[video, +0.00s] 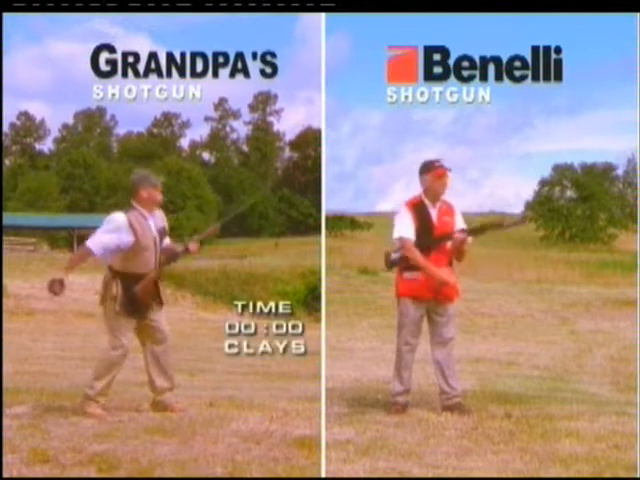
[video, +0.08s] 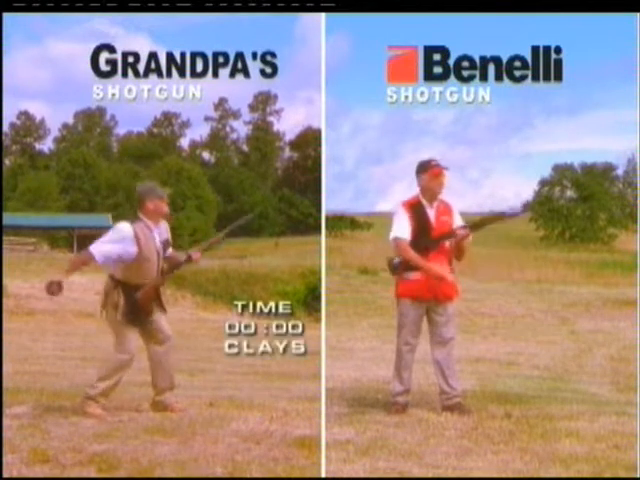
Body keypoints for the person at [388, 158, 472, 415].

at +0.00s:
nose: (443, 184)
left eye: (445, 178)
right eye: (438, 178)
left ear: (446, 181)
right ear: (424, 181)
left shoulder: (451, 210)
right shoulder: (408, 210)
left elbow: (458, 254)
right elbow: (407, 247)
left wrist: (460, 244)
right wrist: (436, 274)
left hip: (442, 280)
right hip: (413, 281)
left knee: (445, 341)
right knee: (407, 342)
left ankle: (451, 397)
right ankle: (400, 395)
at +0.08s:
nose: (440, 183)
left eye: (442, 178)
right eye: (434, 178)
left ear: (444, 180)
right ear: (421, 180)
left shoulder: (449, 210)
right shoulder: (406, 210)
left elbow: (458, 255)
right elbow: (401, 247)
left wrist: (461, 242)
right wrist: (432, 269)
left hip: (441, 280)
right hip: (412, 282)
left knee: (445, 341)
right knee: (407, 342)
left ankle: (451, 397)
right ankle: (400, 395)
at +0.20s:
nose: (435, 182)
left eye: (437, 177)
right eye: (430, 177)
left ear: (440, 179)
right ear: (417, 180)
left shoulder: (448, 210)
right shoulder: (402, 210)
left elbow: (459, 252)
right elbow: (395, 244)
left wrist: (464, 238)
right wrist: (419, 260)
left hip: (441, 281)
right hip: (411, 282)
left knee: (445, 341)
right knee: (406, 342)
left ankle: (451, 397)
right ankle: (400, 395)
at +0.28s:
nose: (432, 182)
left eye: (434, 177)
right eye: (426, 177)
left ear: (437, 179)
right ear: (414, 181)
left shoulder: (445, 210)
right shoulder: (399, 211)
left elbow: (460, 250)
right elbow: (388, 246)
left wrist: (467, 233)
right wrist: (410, 249)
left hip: (440, 281)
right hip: (410, 283)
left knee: (445, 341)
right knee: (406, 343)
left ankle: (451, 397)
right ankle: (400, 395)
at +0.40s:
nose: (427, 181)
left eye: (429, 176)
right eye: (422, 177)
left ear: (433, 178)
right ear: (410, 181)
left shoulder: (443, 209)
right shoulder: (396, 211)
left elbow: (462, 247)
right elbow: (383, 248)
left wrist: (470, 228)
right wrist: (405, 246)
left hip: (440, 280)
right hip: (409, 281)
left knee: (444, 341)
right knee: (406, 342)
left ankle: (451, 397)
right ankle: (400, 395)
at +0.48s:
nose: (422, 182)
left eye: (425, 177)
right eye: (417, 178)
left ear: (429, 179)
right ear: (407, 182)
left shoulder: (440, 208)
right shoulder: (394, 211)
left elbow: (451, 240)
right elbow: (380, 249)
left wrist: (448, 250)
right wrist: (398, 245)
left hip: (439, 284)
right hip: (409, 286)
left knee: (443, 342)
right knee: (406, 343)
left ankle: (449, 396)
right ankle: (401, 395)